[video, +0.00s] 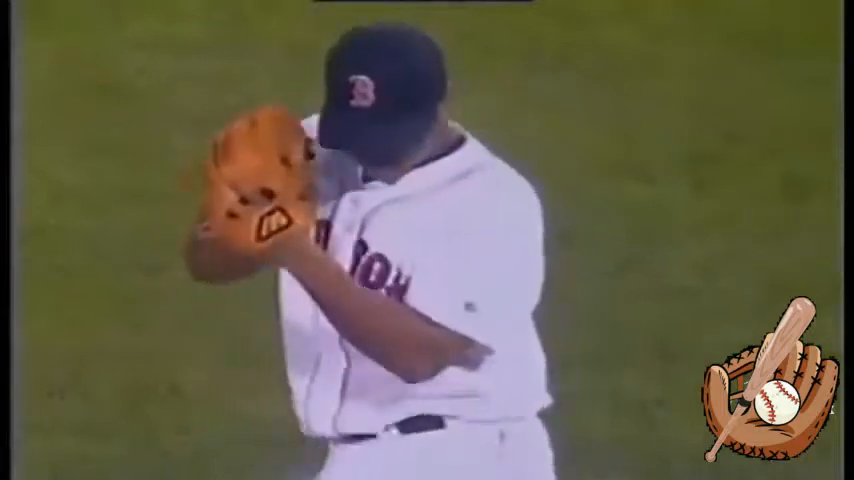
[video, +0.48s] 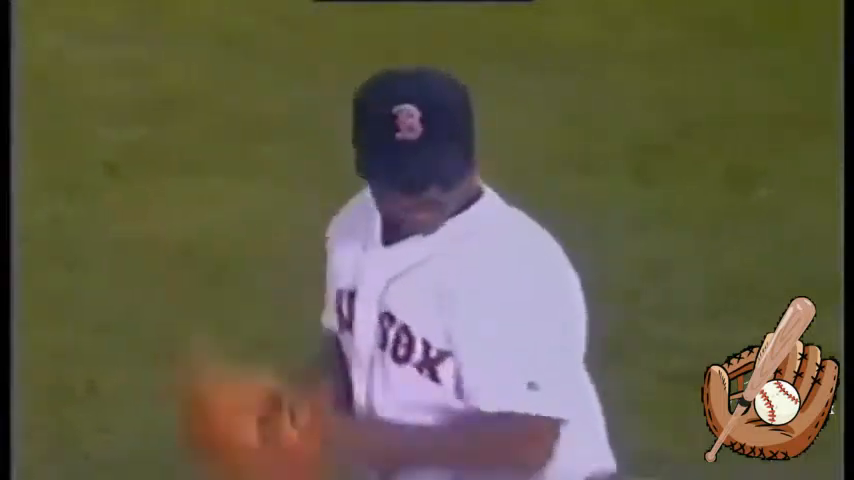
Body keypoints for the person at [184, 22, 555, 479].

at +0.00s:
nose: (372, 158)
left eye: (389, 142)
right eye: (356, 141)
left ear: (437, 111)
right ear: (338, 112)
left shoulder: (499, 200)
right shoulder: (307, 151)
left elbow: (418, 355)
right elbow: (204, 261)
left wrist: (296, 252)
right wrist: (257, 217)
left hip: (475, 451)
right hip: (352, 455)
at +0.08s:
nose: (384, 159)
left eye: (400, 142)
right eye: (368, 142)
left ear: (447, 111)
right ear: (347, 113)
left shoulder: (507, 200)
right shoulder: (323, 154)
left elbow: (417, 350)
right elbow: (220, 258)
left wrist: (300, 246)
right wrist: (252, 198)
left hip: (487, 439)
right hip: (354, 430)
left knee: (275, 448)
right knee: (268, 451)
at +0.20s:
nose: (388, 161)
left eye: (407, 145)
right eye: (374, 143)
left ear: (455, 116)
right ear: (355, 118)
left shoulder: (511, 210)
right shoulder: (348, 172)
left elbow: (417, 364)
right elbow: (250, 280)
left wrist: (302, 259)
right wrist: (249, 215)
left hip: (498, 446)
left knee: (288, 392)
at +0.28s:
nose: (394, 162)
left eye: (412, 144)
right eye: (378, 144)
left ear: (459, 118)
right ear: (358, 122)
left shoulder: (514, 216)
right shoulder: (349, 169)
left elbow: (441, 377)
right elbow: (283, 300)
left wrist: (309, 285)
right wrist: (260, 246)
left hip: (496, 447)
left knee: (253, 393)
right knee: (240, 388)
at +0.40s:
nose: (405, 186)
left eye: (424, 166)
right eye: (386, 166)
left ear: (466, 140)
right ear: (366, 146)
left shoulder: (517, 241)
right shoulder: (358, 198)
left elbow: (489, 420)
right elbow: (339, 318)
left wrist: (331, 367)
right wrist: (275, 329)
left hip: (504, 465)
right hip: (379, 458)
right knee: (231, 476)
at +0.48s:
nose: (425, 194)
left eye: (442, 178)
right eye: (402, 181)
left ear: (469, 162)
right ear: (366, 170)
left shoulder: (517, 263)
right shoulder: (354, 227)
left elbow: (525, 445)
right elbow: (341, 360)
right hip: (410, 467)